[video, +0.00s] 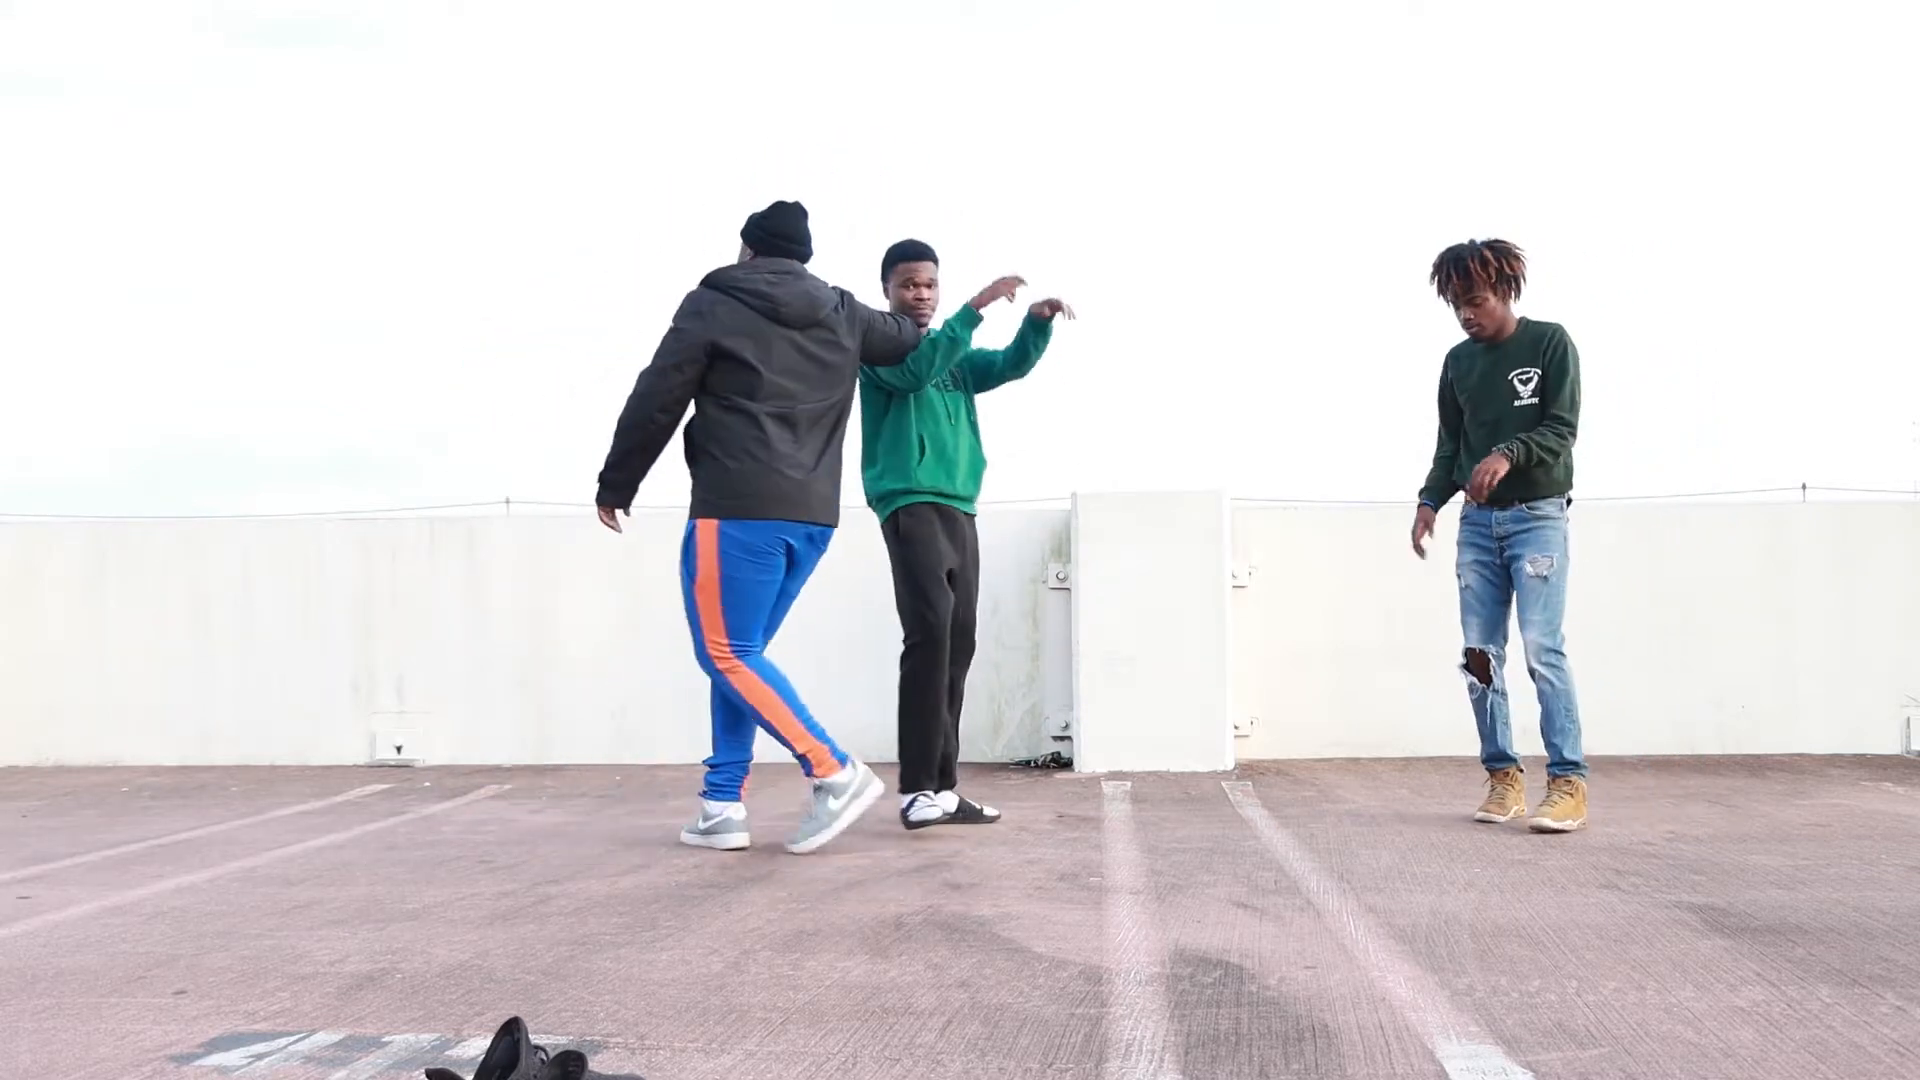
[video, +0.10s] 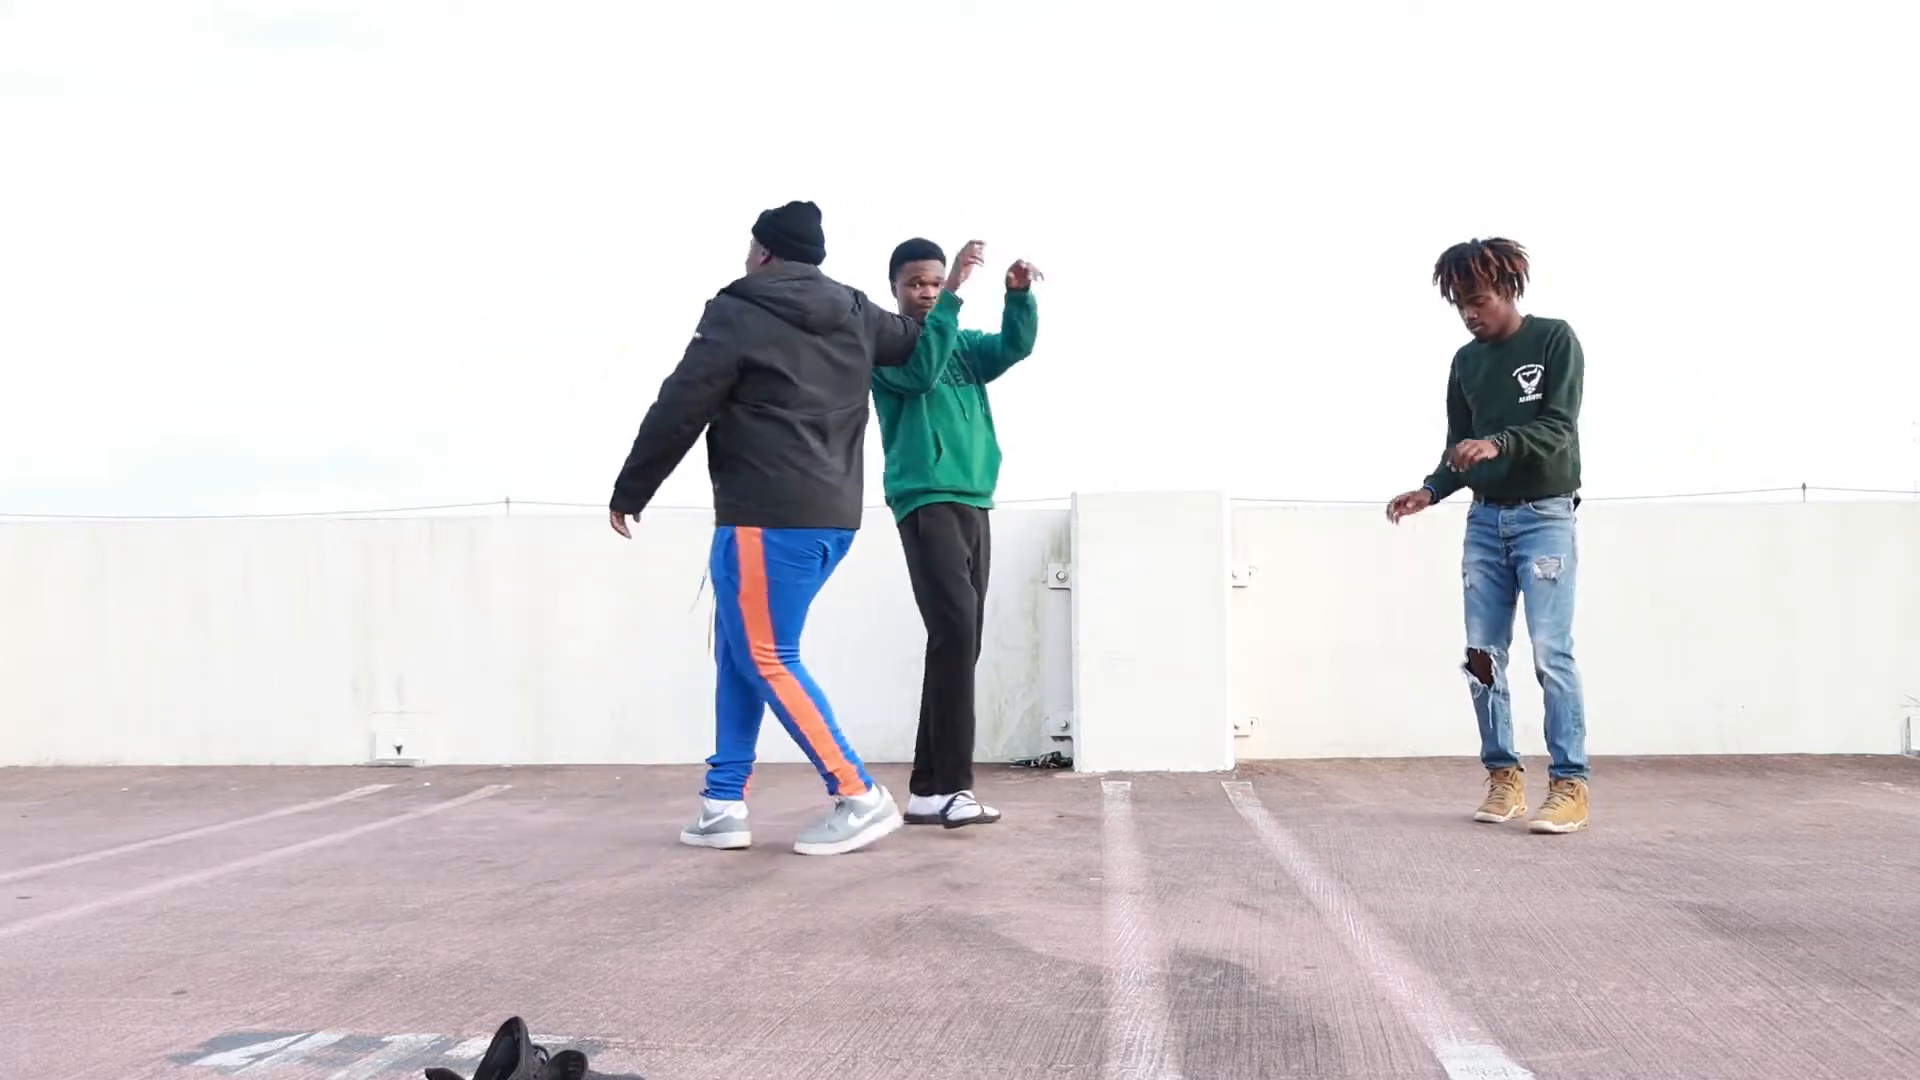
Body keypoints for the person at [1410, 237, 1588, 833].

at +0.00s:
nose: (1465, 316)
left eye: (1474, 303)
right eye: (1457, 306)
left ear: (1507, 291)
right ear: (1452, 303)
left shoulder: (1550, 341)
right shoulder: (1458, 361)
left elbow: (1560, 428)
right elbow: (1451, 442)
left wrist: (1509, 454)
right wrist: (1429, 501)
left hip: (1538, 518)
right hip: (1478, 523)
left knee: (1542, 650)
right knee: (1480, 655)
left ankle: (1567, 784)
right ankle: (1502, 778)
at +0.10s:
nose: (1467, 315)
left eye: (1476, 301)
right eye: (1459, 304)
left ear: (1509, 290)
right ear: (1455, 301)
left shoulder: (1554, 339)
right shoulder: (1464, 362)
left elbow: (1558, 428)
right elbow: (1464, 452)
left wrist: (1499, 443)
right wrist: (1428, 491)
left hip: (1544, 516)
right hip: (1485, 520)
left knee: (1548, 649)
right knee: (1482, 655)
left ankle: (1569, 786)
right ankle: (1503, 780)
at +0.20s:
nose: (1472, 313)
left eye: (1481, 300)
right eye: (1464, 302)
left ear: (1514, 286)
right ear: (1460, 298)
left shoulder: (1559, 331)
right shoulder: (1474, 359)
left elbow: (1558, 416)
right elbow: (1473, 448)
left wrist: (1494, 426)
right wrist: (1428, 475)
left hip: (1552, 514)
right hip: (1493, 516)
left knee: (1558, 651)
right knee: (1481, 652)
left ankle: (1571, 784)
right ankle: (1501, 776)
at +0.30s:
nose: (1476, 313)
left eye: (1484, 300)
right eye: (1468, 302)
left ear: (1517, 286)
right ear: (1465, 298)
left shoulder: (1563, 329)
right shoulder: (1482, 360)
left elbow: (1558, 413)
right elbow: (1485, 451)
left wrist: (1493, 422)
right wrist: (1431, 466)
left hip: (1560, 513)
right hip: (1501, 516)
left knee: (1563, 655)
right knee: (1471, 649)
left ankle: (1572, 787)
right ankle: (1503, 769)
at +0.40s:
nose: (1481, 318)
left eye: (1490, 304)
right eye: (1473, 308)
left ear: (1524, 291)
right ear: (1469, 304)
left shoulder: (1566, 333)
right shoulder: (1485, 366)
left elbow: (1558, 418)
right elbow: (1486, 460)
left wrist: (1490, 423)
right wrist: (1430, 467)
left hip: (1562, 516)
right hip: (1505, 519)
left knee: (1557, 656)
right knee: (1468, 650)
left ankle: (1571, 787)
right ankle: (1505, 765)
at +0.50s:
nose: (1480, 320)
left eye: (1488, 306)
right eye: (1472, 309)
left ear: (1522, 293)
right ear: (1470, 306)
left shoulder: (1567, 337)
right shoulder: (1485, 369)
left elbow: (1557, 420)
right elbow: (1480, 461)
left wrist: (1488, 423)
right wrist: (1424, 462)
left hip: (1562, 517)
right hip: (1504, 520)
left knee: (1554, 658)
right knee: (1467, 651)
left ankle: (1570, 789)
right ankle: (1494, 777)